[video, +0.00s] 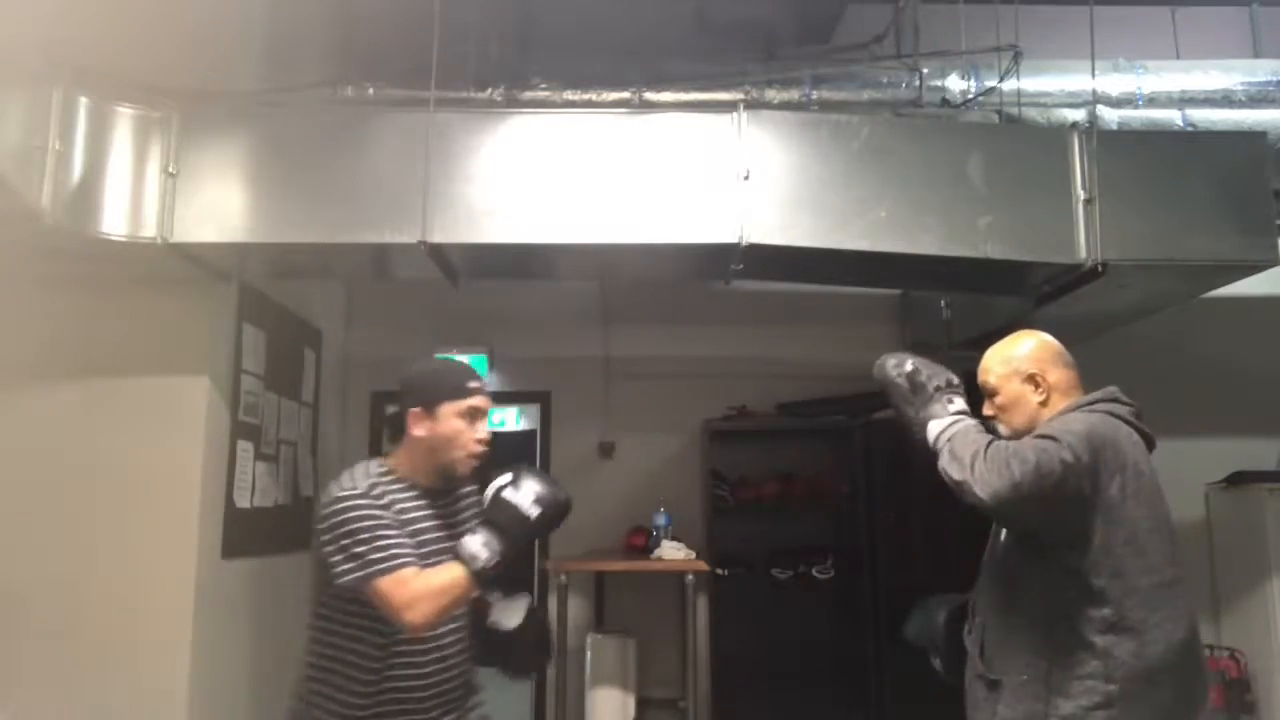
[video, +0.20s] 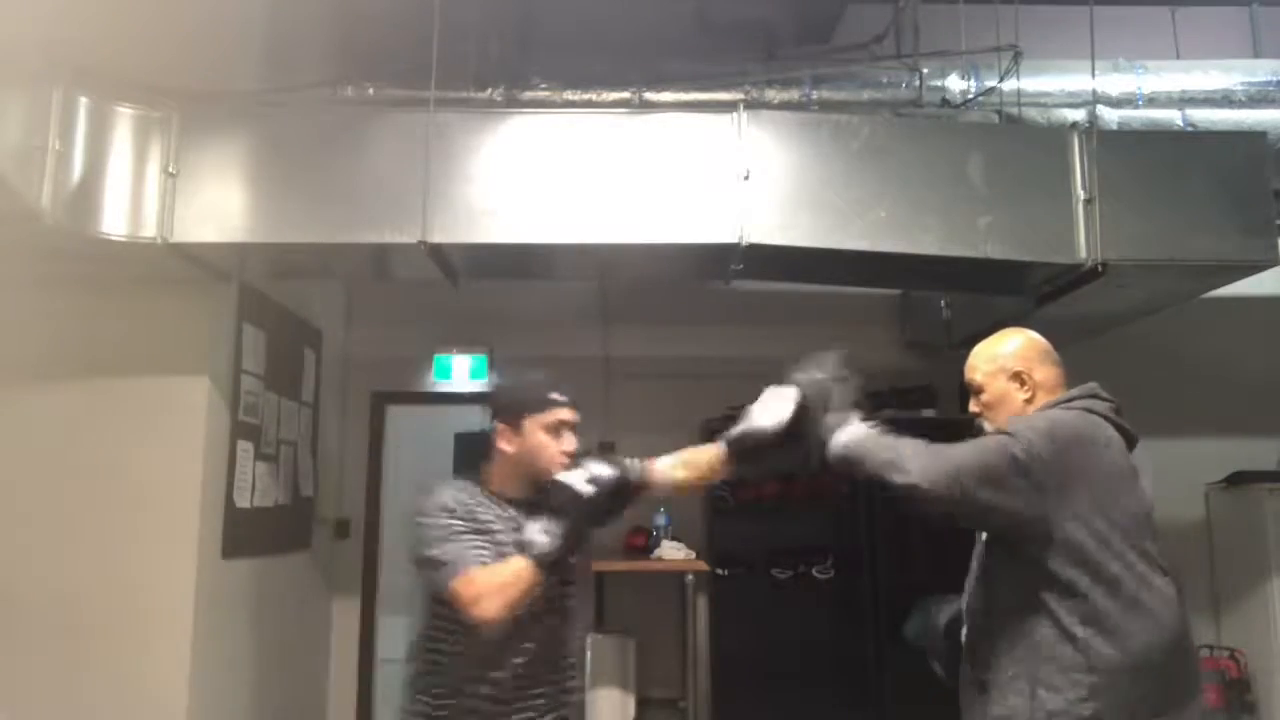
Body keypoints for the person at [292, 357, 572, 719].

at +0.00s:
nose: (486, 435)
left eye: (486, 420)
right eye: (470, 417)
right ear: (419, 422)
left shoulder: (462, 493)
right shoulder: (354, 498)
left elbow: (470, 590)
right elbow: (413, 609)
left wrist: (509, 621)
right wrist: (491, 540)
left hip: (454, 707)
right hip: (365, 711)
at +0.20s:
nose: (572, 446)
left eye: (573, 432)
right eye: (557, 431)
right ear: (506, 437)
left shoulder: (568, 497)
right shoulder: (450, 507)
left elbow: (672, 471)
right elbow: (484, 606)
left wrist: (744, 444)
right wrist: (558, 527)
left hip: (549, 705)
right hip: (460, 708)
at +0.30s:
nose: (602, 458)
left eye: (604, 442)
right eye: (587, 441)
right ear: (537, 442)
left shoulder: (601, 490)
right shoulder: (474, 515)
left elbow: (678, 497)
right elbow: (507, 630)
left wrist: (725, 479)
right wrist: (587, 554)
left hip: (596, 706)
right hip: (497, 710)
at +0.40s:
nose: (616, 462)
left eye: (618, 446)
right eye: (603, 446)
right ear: (553, 445)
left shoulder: (592, 504)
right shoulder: (479, 519)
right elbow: (508, 644)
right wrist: (587, 570)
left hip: (605, 705)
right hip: (505, 710)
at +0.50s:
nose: (608, 468)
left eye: (610, 453)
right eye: (594, 452)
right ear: (546, 449)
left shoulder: (578, 510)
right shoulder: (471, 521)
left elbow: (627, 585)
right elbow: (505, 643)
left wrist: (664, 564)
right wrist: (584, 565)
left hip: (582, 707)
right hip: (491, 710)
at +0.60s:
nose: (584, 460)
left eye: (588, 445)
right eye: (573, 442)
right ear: (523, 436)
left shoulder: (550, 507)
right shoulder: (447, 505)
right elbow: (494, 623)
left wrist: (640, 552)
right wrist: (574, 552)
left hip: (533, 707)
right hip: (450, 709)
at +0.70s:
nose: (561, 447)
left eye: (564, 432)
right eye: (551, 427)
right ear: (503, 419)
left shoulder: (526, 491)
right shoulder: (421, 490)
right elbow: (482, 598)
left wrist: (609, 548)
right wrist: (560, 529)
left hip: (511, 706)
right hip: (429, 709)